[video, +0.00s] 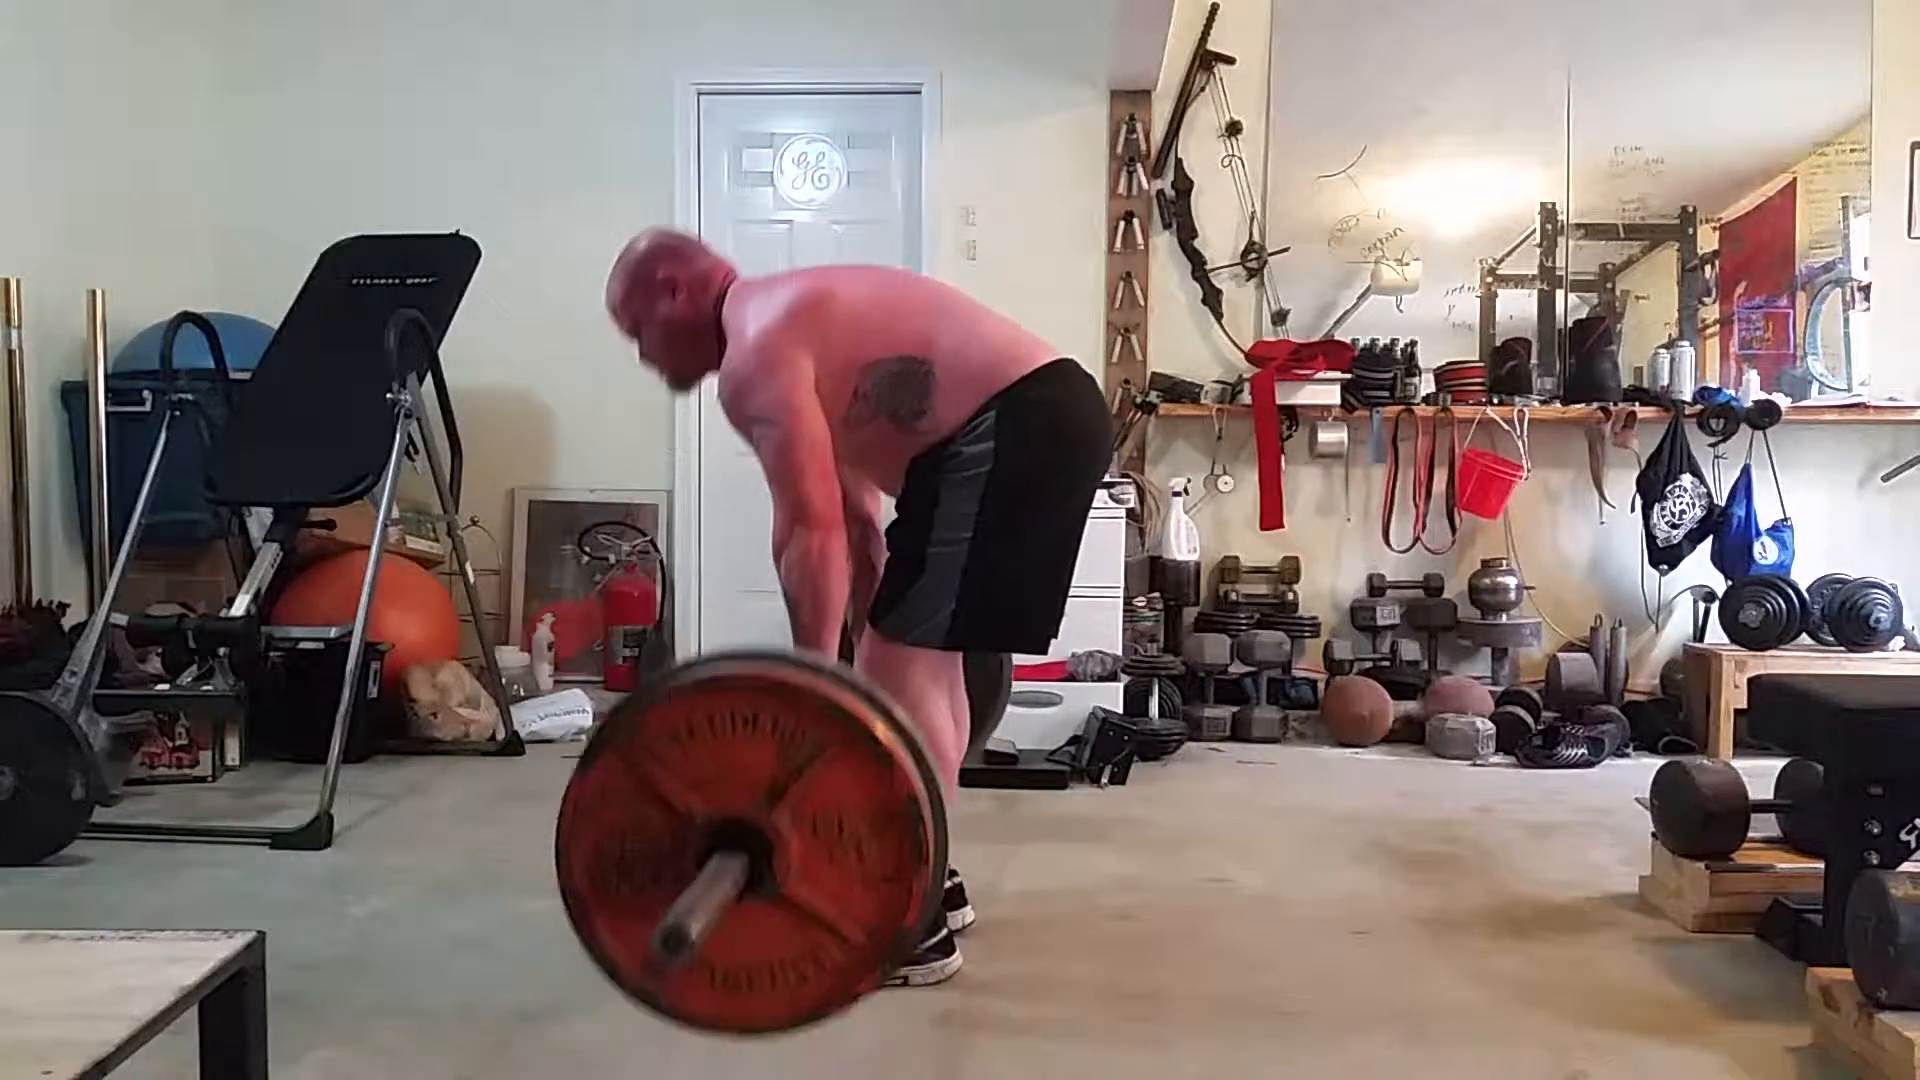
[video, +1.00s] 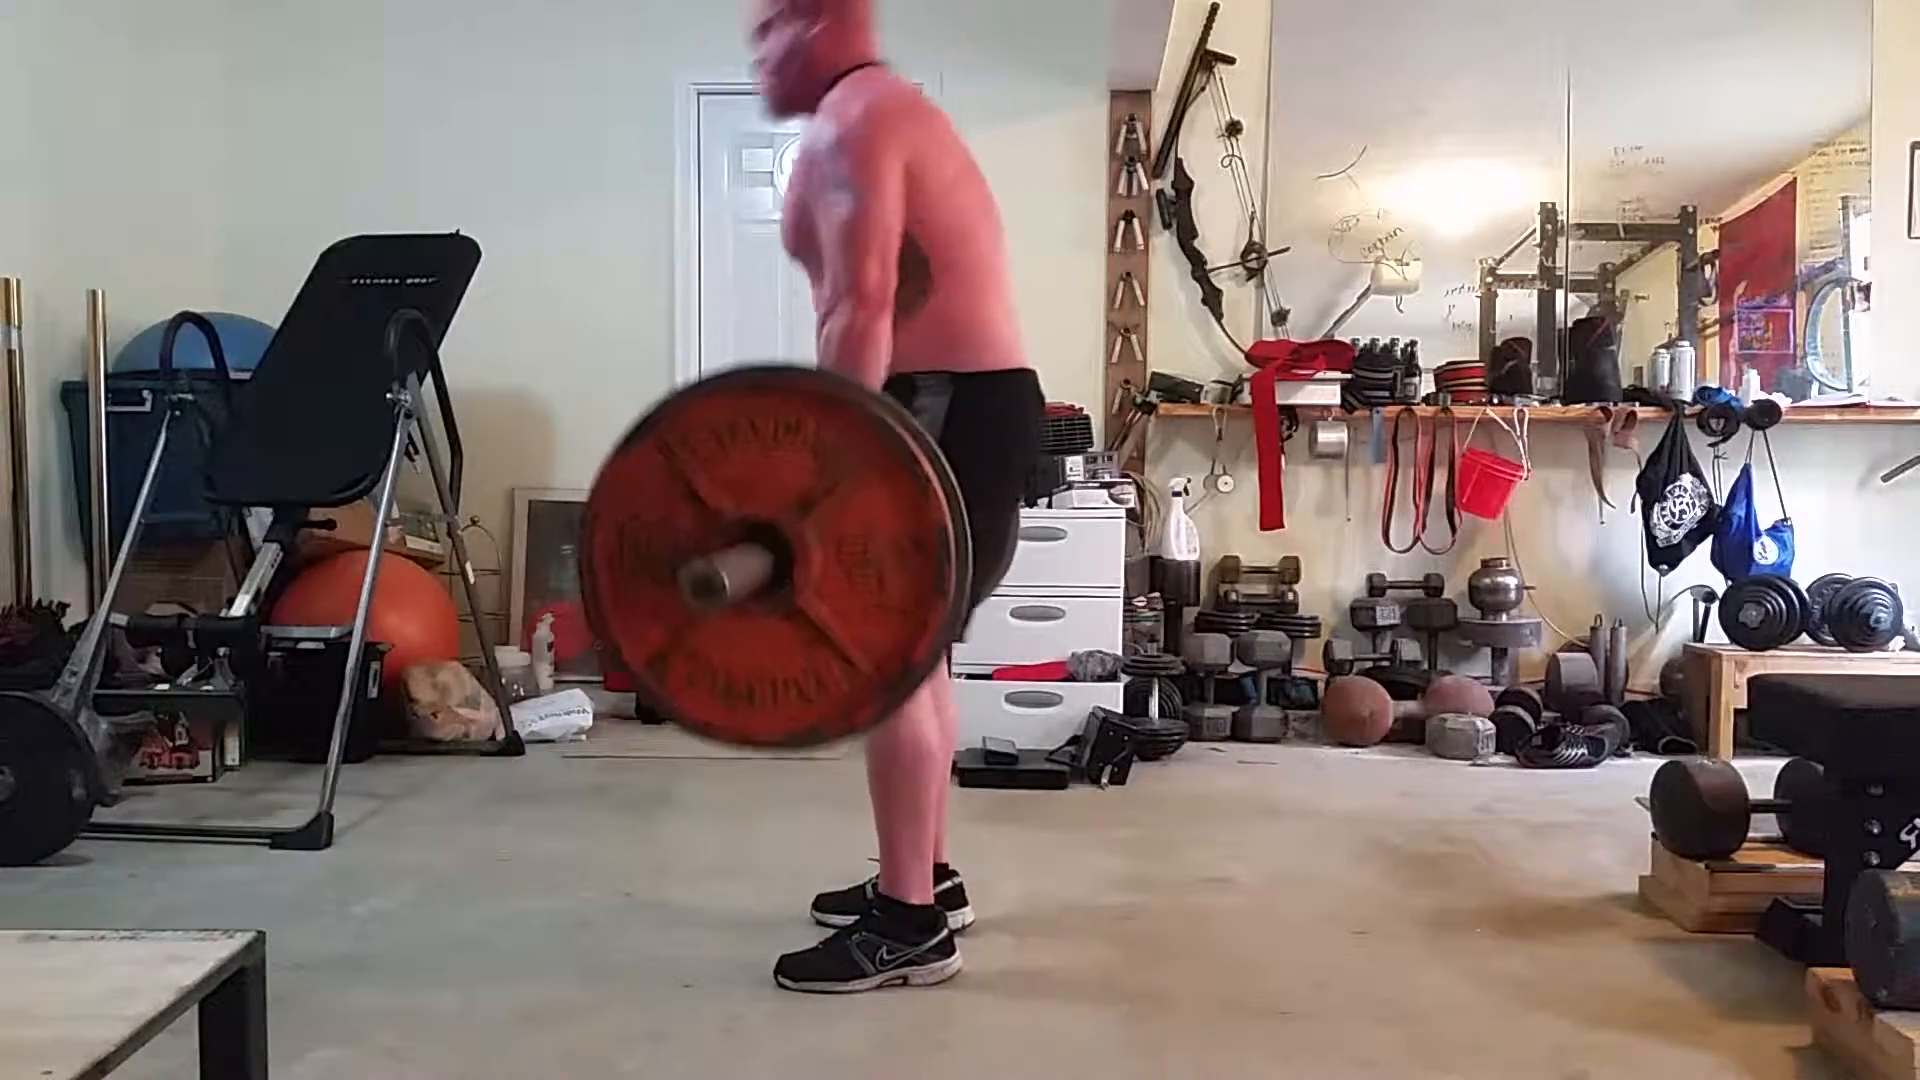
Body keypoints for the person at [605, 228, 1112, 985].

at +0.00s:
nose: (645, 358)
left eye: (638, 333)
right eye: (633, 342)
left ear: (675, 288)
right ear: (689, 283)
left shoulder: (758, 353)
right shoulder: (783, 334)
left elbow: (811, 529)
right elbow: (860, 534)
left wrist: (807, 693)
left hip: (1010, 424)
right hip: (1027, 416)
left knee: (896, 662)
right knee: (924, 660)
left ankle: (912, 912)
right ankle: (922, 882)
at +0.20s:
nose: (660, 258)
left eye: (659, 232)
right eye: (653, 239)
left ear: (707, 198)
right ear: (714, 196)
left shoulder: (781, 266)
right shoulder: (802, 255)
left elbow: (824, 451)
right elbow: (862, 447)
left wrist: (809, 624)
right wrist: (864, 570)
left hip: (1005, 416)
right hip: (991, 419)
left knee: (917, 665)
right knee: (927, 660)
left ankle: (908, 912)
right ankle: (925, 882)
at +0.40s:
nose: (700, 118)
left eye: (710, 95)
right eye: (701, 99)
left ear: (766, 88)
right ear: (775, 92)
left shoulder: (817, 175)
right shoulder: (821, 174)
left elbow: (845, 357)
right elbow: (834, 363)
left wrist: (822, 532)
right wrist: (815, 528)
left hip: (981, 400)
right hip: (954, 402)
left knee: (918, 645)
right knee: (912, 640)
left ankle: (911, 916)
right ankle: (919, 881)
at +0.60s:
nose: (787, 17)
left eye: (801, 2)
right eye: (793, 3)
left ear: (851, 8)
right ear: (871, 16)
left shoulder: (875, 100)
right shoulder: (893, 100)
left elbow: (873, 284)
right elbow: (867, 291)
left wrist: (825, 449)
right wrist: (806, 442)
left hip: (936, 400)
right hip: (954, 397)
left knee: (914, 652)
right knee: (923, 649)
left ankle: (912, 916)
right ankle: (926, 879)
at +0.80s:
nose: (842, 11)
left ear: (902, 4)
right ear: (925, 10)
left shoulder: (917, 87)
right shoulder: (946, 87)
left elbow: (894, 279)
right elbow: (873, 279)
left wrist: (824, 430)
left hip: (936, 401)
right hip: (962, 399)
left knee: (902, 655)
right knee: (916, 652)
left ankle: (912, 919)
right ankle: (923, 882)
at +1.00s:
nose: (756, 54)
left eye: (768, 30)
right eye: (755, 35)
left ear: (821, 24)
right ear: (839, 31)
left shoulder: (860, 119)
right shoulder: (870, 117)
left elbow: (861, 305)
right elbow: (869, 312)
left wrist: (820, 470)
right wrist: (816, 463)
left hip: (948, 403)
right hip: (961, 403)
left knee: (895, 651)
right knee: (913, 649)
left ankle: (907, 919)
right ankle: (924, 881)